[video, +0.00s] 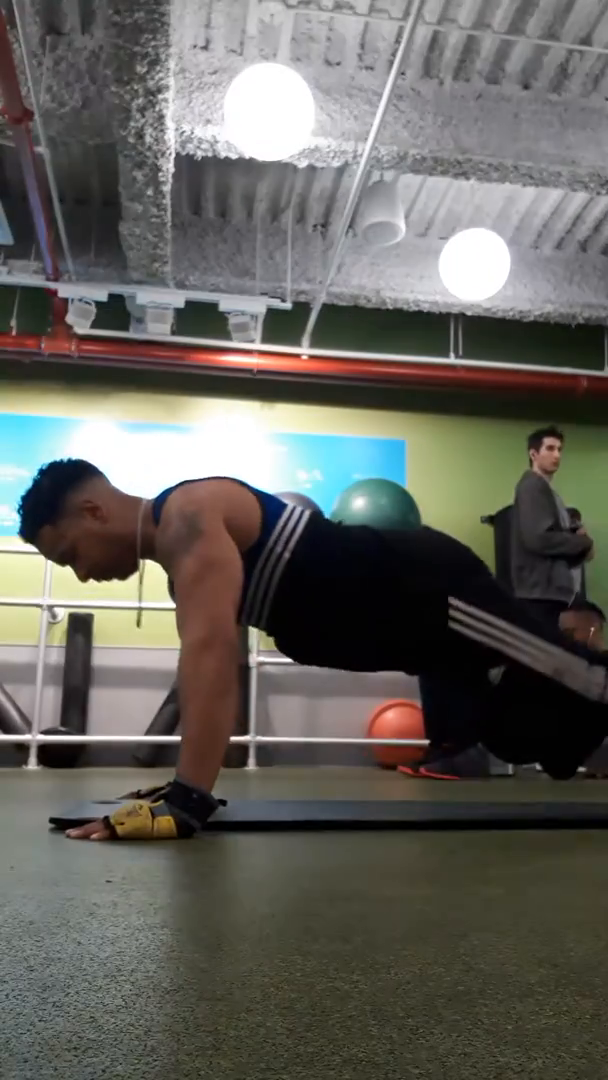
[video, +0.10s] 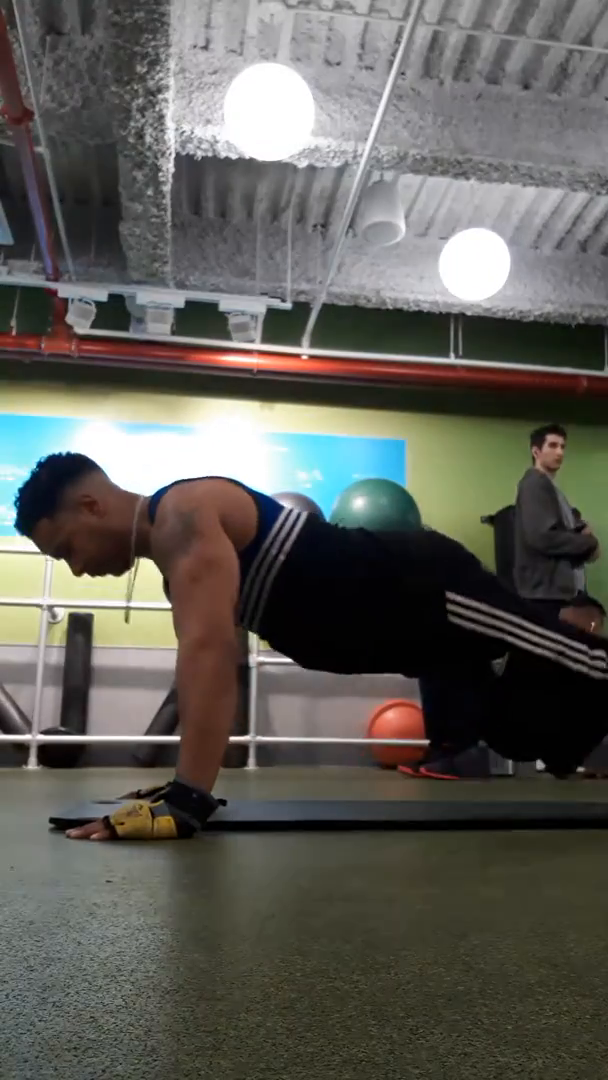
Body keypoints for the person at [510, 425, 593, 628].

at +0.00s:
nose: (556, 455)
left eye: (559, 450)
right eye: (550, 449)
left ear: (562, 453)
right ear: (533, 454)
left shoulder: (543, 486)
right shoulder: (532, 485)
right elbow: (536, 539)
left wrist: (576, 535)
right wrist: (582, 542)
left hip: (549, 596)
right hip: (538, 597)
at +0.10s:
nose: (559, 453)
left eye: (562, 447)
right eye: (553, 446)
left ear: (565, 450)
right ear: (536, 452)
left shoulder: (547, 483)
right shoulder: (534, 483)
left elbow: (570, 519)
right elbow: (540, 537)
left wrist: (581, 532)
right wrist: (587, 543)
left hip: (557, 593)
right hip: (544, 595)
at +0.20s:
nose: (564, 449)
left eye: (567, 444)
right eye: (558, 443)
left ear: (566, 449)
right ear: (540, 447)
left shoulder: (553, 483)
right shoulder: (538, 482)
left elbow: (569, 527)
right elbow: (545, 536)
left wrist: (584, 534)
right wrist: (589, 541)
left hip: (560, 595)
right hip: (545, 596)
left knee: (561, 674)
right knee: (552, 674)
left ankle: (564, 753)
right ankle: (555, 755)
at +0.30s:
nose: (570, 446)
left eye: (573, 441)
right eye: (564, 440)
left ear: (573, 447)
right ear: (546, 445)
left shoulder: (561, 480)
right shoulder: (544, 480)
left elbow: (565, 526)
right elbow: (549, 536)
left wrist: (588, 525)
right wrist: (595, 543)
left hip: (570, 592)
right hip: (554, 594)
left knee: (576, 673)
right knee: (562, 674)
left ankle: (573, 751)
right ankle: (561, 754)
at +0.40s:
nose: (579, 444)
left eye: (582, 438)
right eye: (572, 438)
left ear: (583, 445)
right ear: (555, 444)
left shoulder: (573, 480)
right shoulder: (552, 480)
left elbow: (580, 522)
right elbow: (554, 534)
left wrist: (600, 522)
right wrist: (600, 538)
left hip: (577, 588)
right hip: (558, 591)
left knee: (584, 668)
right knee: (568, 669)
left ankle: (576, 752)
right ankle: (564, 754)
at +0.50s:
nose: (592, 442)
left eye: (594, 436)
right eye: (584, 436)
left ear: (596, 442)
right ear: (567, 442)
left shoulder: (595, 483)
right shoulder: (560, 480)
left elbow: (597, 524)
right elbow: (561, 532)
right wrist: (603, 532)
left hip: (594, 585)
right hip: (567, 586)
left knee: (592, 654)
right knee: (569, 656)